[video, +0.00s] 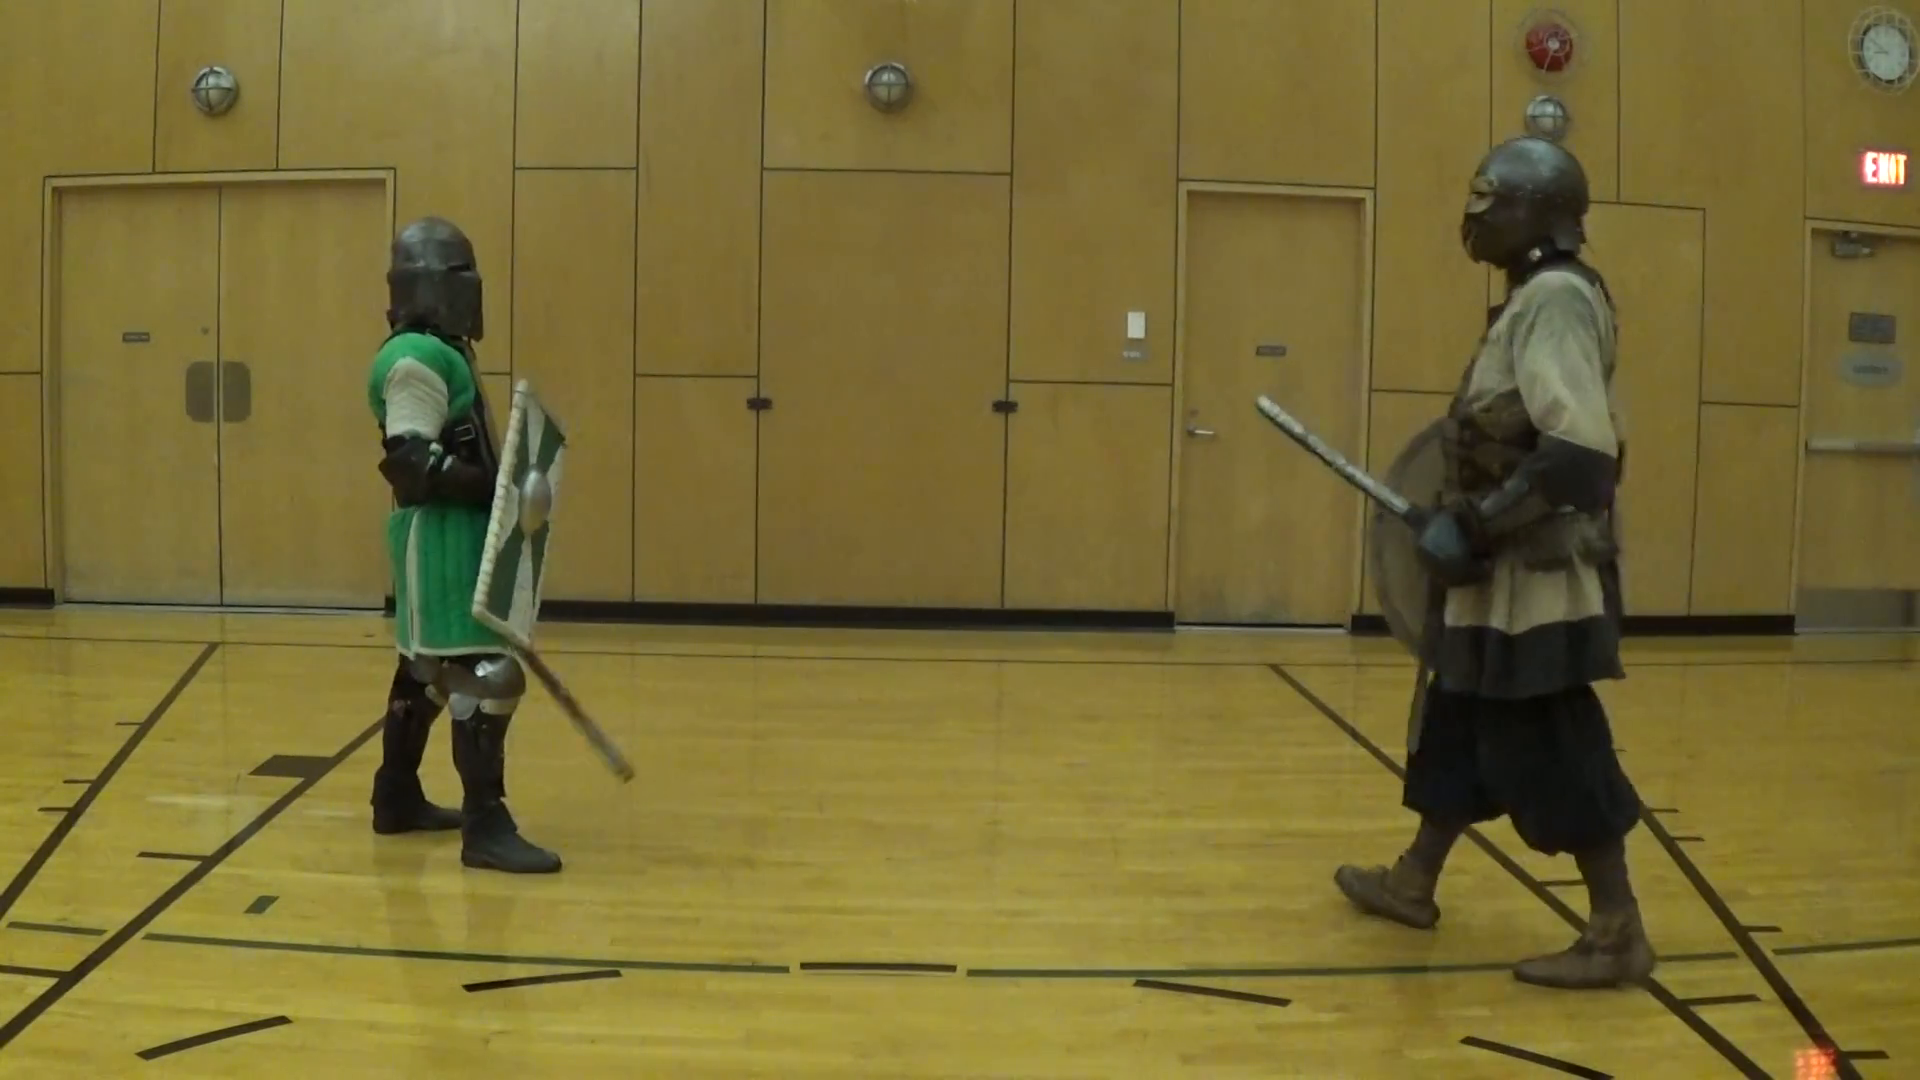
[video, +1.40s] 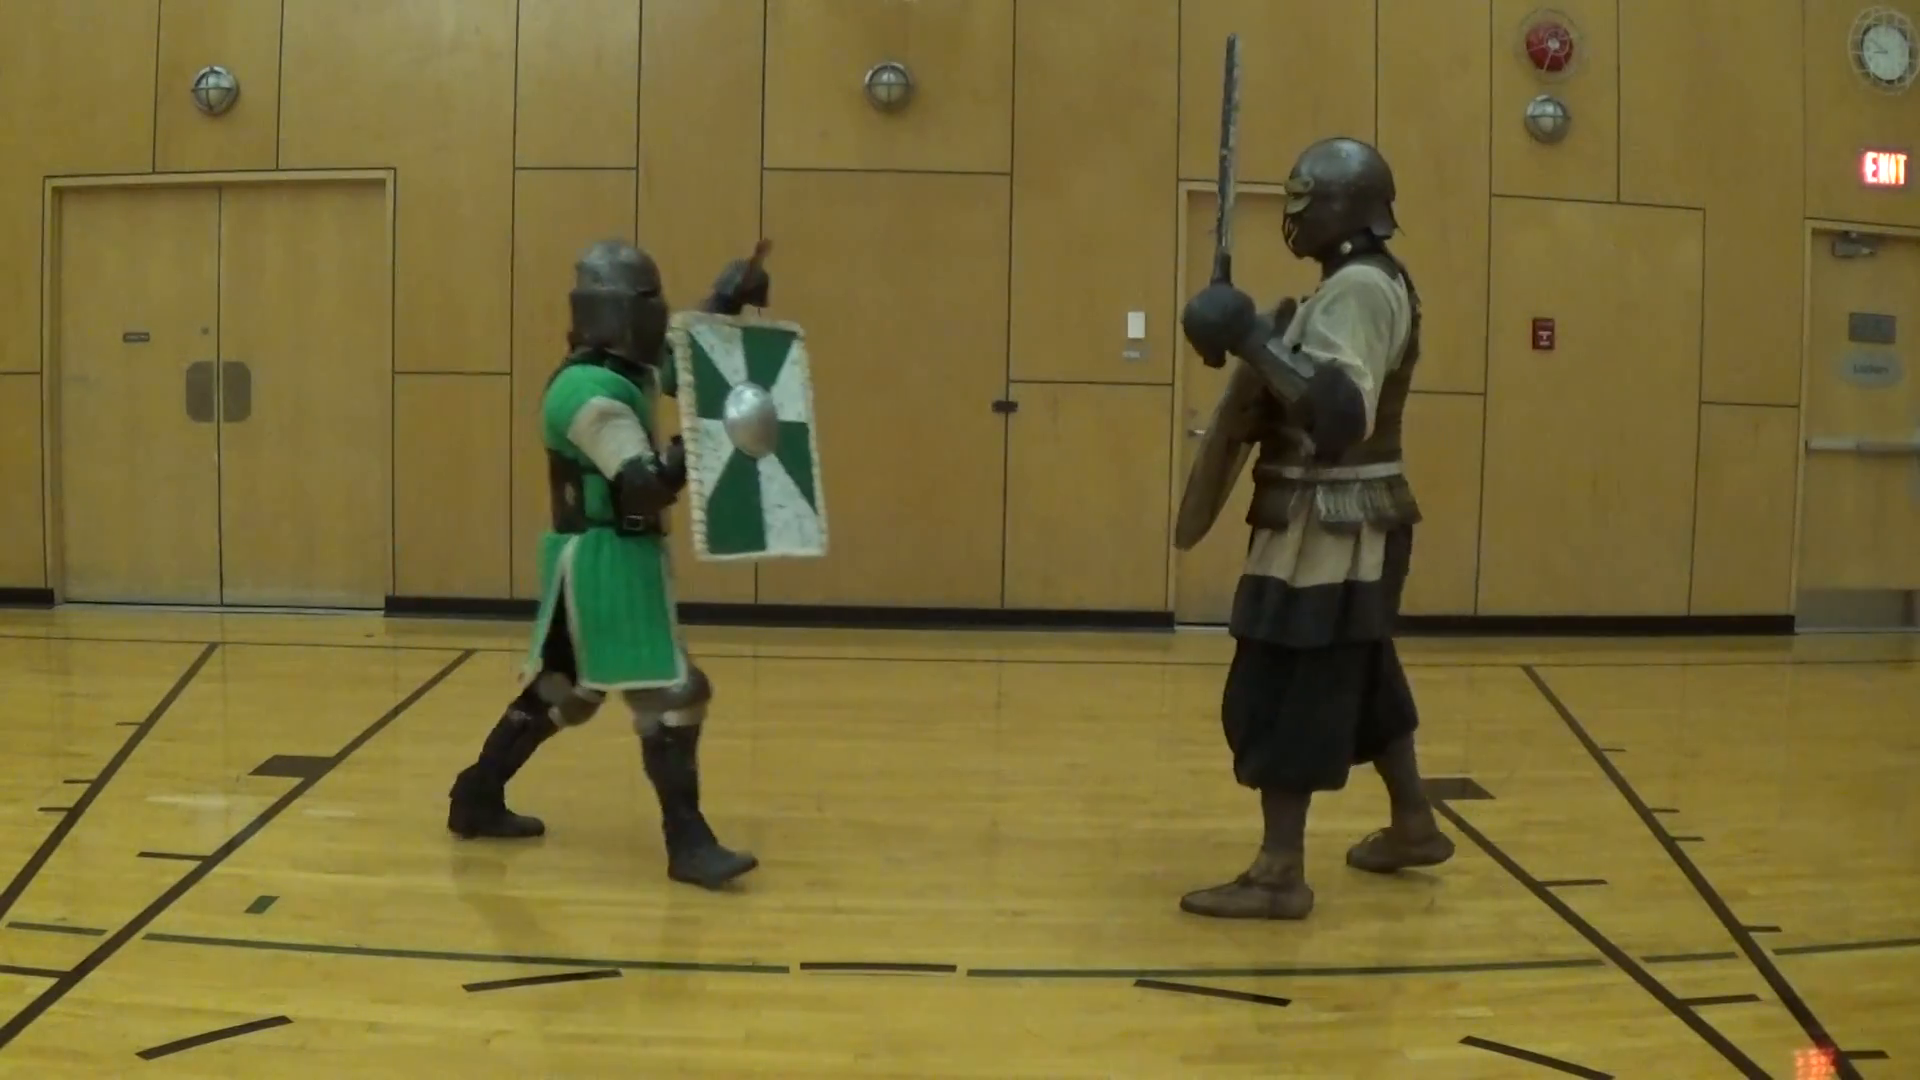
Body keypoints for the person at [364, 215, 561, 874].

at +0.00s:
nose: (472, 291)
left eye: (469, 278)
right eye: (462, 279)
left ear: (415, 289)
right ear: (435, 287)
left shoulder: (439, 354)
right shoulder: (417, 359)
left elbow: (451, 454)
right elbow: (412, 464)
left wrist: (507, 481)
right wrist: (504, 489)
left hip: (441, 528)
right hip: (443, 532)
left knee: (426, 662)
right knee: (488, 672)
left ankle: (397, 794)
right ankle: (487, 828)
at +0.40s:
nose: (489, 290)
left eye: (487, 278)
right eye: (477, 279)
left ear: (433, 291)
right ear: (442, 289)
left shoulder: (458, 362)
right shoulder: (426, 371)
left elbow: (479, 448)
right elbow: (441, 479)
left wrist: (531, 428)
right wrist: (534, 468)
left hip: (456, 533)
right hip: (455, 538)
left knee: (437, 669)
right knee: (504, 683)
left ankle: (398, 793)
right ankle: (488, 830)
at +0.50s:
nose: (498, 288)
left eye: (496, 276)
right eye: (484, 278)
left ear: (442, 294)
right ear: (448, 290)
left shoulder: (471, 361)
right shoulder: (433, 372)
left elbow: (506, 433)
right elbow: (466, 476)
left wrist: (551, 388)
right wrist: (549, 451)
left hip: (481, 530)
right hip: (465, 535)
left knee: (457, 673)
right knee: (507, 686)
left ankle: (403, 790)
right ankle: (488, 831)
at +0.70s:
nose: (521, 290)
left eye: (519, 276)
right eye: (509, 278)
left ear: (465, 291)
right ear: (476, 288)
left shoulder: (497, 357)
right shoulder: (452, 369)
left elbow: (559, 357)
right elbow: (508, 477)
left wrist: (607, 312)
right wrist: (577, 421)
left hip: (515, 529)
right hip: (477, 535)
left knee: (545, 667)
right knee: (507, 681)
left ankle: (448, 774)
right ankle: (487, 831)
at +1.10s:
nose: (575, 294)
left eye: (572, 281)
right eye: (562, 283)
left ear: (522, 296)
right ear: (523, 294)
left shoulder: (550, 360)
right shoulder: (501, 371)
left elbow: (621, 359)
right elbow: (557, 467)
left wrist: (652, 302)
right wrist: (619, 414)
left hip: (547, 531)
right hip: (517, 536)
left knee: (535, 672)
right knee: (587, 680)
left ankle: (473, 798)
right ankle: (543, 816)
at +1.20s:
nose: (598, 303)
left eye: (595, 290)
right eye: (586, 292)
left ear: (542, 299)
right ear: (554, 299)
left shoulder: (564, 363)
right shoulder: (526, 375)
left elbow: (631, 354)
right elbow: (576, 470)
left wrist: (667, 303)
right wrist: (633, 426)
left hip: (555, 539)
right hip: (538, 543)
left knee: (539, 680)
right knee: (601, 684)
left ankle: (473, 800)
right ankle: (614, 834)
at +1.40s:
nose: (659, 318)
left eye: (655, 306)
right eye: (649, 307)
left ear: (597, 316)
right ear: (621, 316)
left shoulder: (622, 376)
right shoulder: (589, 391)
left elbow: (687, 364)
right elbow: (643, 486)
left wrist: (721, 309)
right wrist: (707, 434)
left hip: (595, 556)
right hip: (609, 558)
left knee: (566, 689)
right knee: (671, 696)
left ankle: (477, 796)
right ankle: (689, 842)